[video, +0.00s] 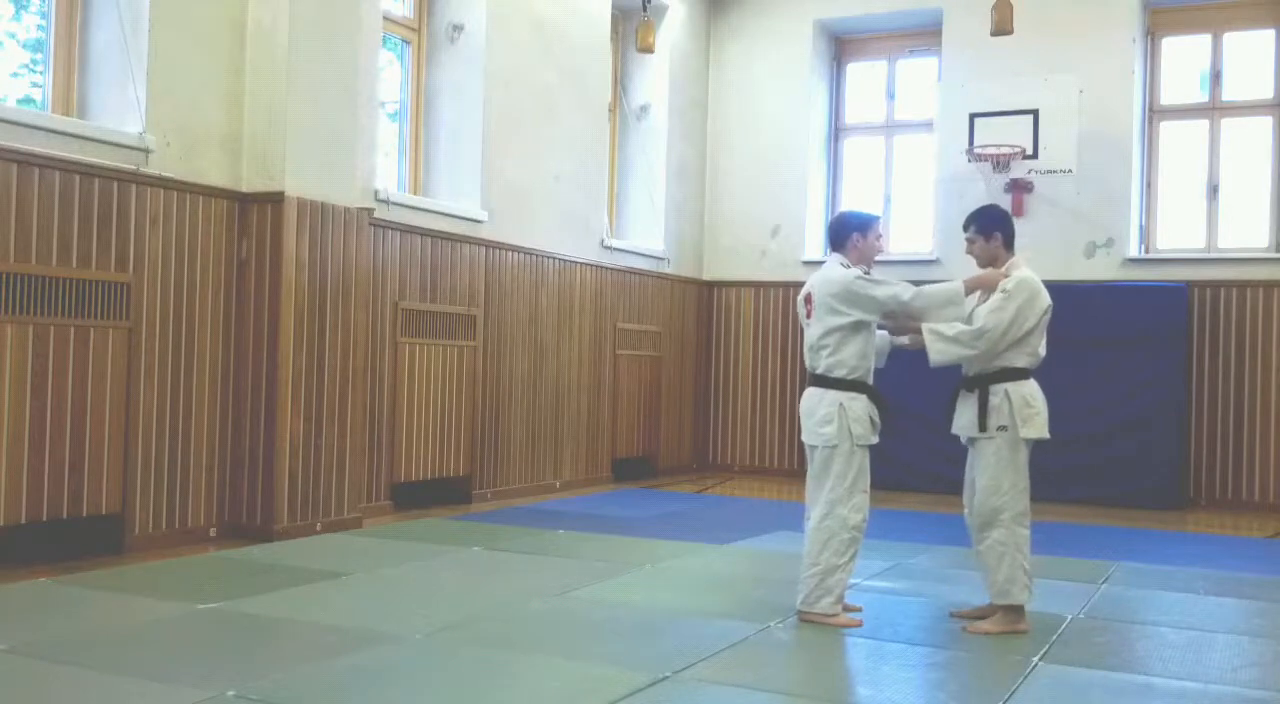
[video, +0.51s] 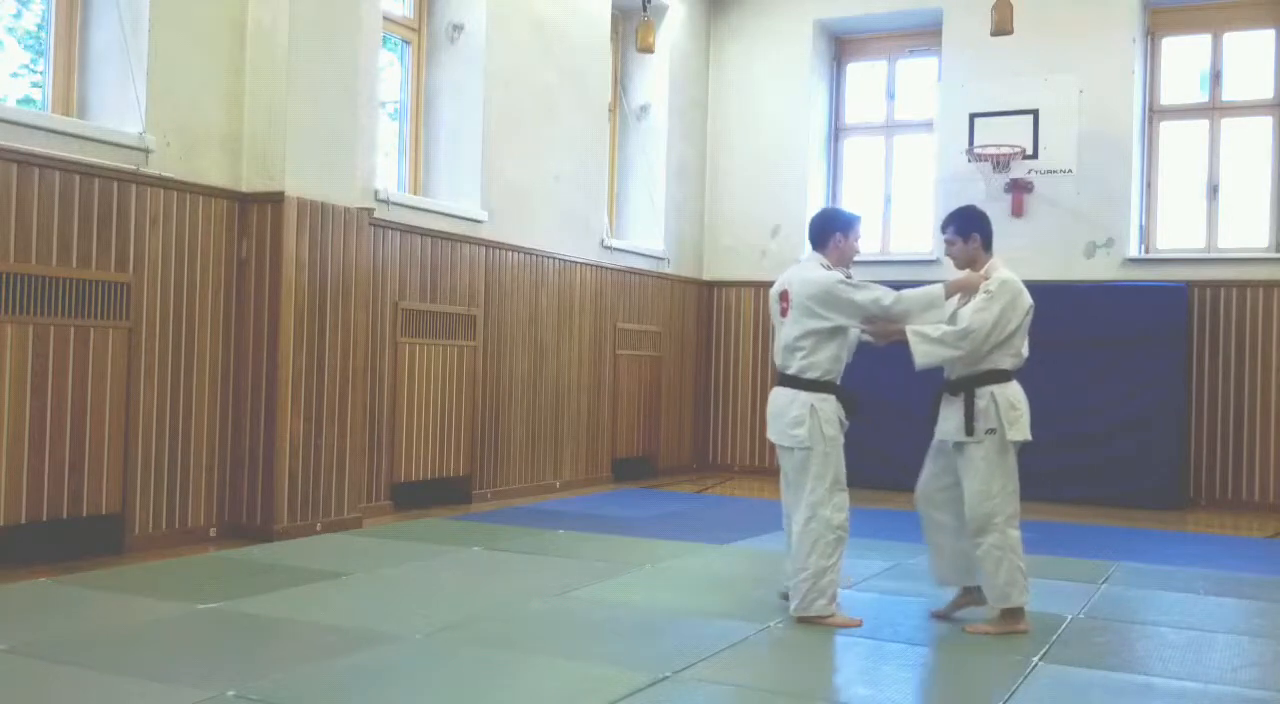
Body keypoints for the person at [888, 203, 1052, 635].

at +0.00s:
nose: (970, 253)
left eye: (973, 244)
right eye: (967, 245)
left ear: (997, 239)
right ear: (995, 241)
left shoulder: (1023, 285)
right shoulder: (999, 285)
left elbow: (981, 337)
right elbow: (972, 331)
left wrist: (917, 335)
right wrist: (913, 329)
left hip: (1006, 406)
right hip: (985, 405)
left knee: (1000, 507)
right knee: (982, 506)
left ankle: (1012, 610)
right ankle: (1000, 600)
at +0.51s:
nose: (947, 254)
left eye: (951, 244)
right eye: (946, 246)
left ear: (976, 240)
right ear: (972, 243)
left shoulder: (1005, 285)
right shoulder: (970, 287)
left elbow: (968, 335)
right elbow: (949, 328)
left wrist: (903, 334)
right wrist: (896, 328)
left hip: (990, 406)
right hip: (957, 406)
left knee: (991, 510)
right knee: (933, 495)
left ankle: (1012, 611)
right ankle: (969, 588)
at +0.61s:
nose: (935, 252)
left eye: (940, 243)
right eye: (934, 244)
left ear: (965, 241)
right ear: (960, 243)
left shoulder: (993, 286)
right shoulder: (957, 287)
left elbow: (955, 336)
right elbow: (937, 328)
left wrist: (891, 334)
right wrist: (882, 329)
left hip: (980, 407)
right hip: (946, 407)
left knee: (983, 512)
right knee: (918, 495)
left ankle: (1010, 611)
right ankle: (930, 592)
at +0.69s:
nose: (923, 256)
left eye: (927, 247)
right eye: (922, 248)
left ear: (950, 242)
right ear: (945, 244)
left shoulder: (979, 288)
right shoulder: (945, 288)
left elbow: (940, 338)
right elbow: (926, 330)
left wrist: (878, 335)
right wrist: (873, 329)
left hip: (967, 408)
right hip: (933, 408)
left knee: (976, 513)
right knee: (906, 498)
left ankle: (1010, 612)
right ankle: (889, 594)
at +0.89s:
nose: (884, 256)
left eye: (888, 247)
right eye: (883, 248)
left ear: (911, 245)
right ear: (908, 246)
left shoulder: (940, 287)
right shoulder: (904, 289)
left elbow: (901, 338)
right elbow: (877, 328)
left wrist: (839, 340)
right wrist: (826, 334)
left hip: (930, 407)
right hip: (896, 407)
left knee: (948, 511)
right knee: (877, 503)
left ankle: (1003, 601)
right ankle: (853, 600)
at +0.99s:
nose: (865, 253)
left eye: (870, 245)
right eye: (864, 246)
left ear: (892, 242)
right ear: (886, 244)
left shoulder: (919, 286)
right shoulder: (882, 288)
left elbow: (876, 335)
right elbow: (857, 328)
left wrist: (812, 338)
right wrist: (809, 331)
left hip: (908, 404)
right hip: (874, 404)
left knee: (910, 508)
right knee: (858, 499)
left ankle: (981, 584)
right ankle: (853, 595)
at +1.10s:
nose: (849, 251)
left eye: (853, 243)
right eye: (847, 244)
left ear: (875, 240)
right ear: (868, 241)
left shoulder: (899, 284)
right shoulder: (867, 284)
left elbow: (859, 331)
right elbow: (838, 331)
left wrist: (796, 330)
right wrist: (790, 335)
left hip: (888, 400)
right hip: (859, 400)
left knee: (868, 504)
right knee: (844, 500)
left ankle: (938, 573)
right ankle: (852, 595)